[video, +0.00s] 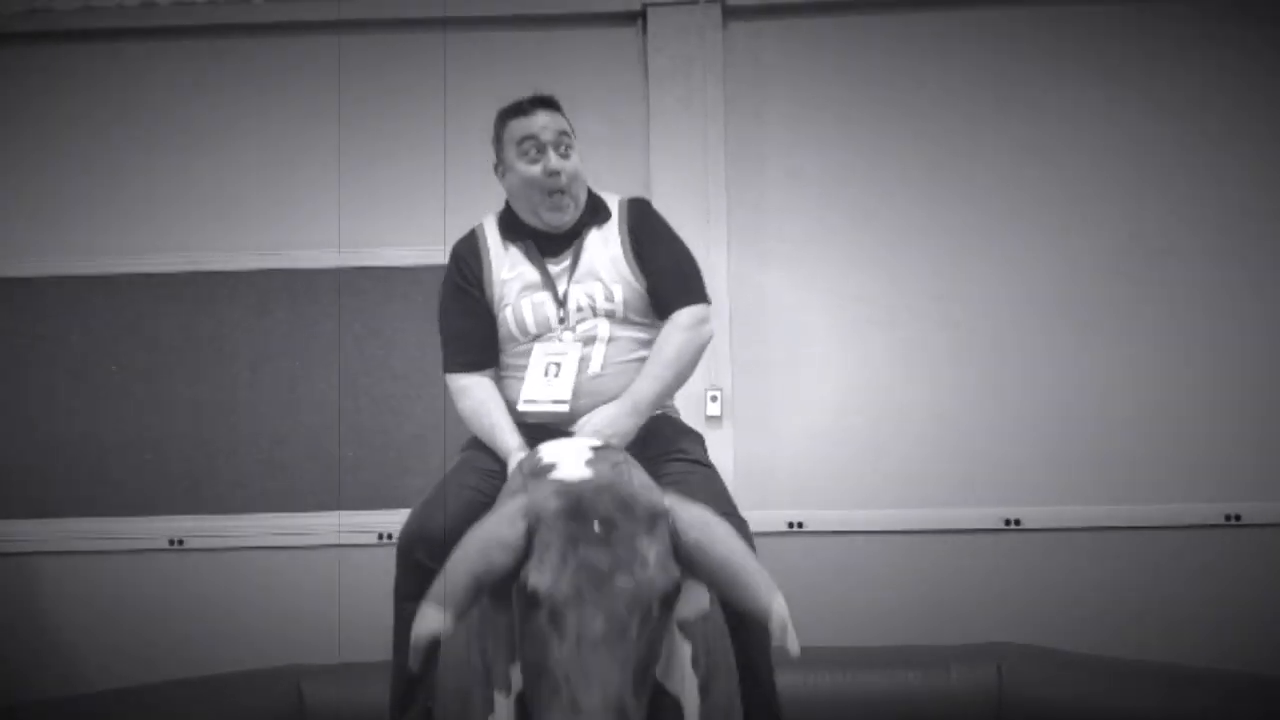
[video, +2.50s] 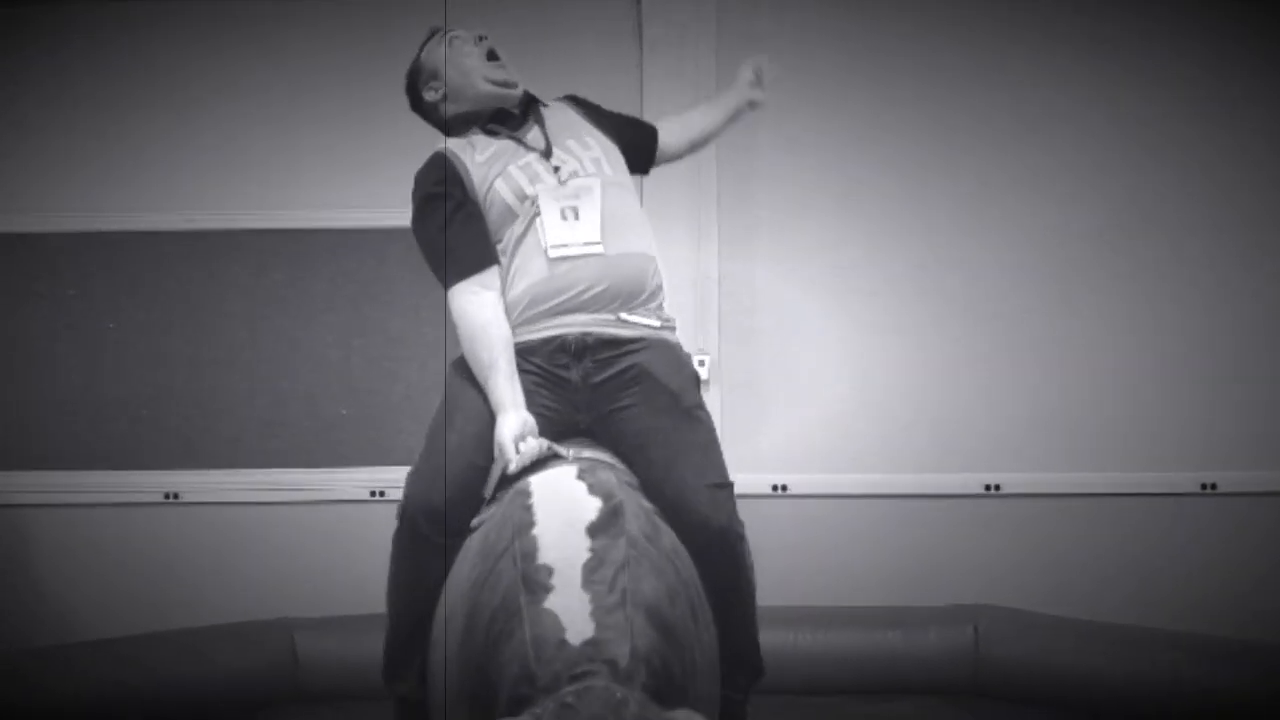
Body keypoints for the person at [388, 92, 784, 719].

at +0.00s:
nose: (553, 164)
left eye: (563, 146)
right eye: (531, 151)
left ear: (580, 156)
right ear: (502, 173)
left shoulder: (632, 221)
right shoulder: (476, 254)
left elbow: (693, 319)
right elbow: (467, 376)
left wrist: (631, 410)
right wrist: (514, 450)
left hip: (641, 428)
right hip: (522, 437)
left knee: (726, 545)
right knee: (424, 542)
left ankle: (758, 708)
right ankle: (411, 707)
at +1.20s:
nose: (545, 112)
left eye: (552, 100)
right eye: (525, 103)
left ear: (566, 116)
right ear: (496, 129)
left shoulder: (609, 178)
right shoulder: (472, 202)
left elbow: (666, 257)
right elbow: (468, 308)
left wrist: (630, 331)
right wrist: (502, 384)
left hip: (615, 363)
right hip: (508, 372)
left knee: (688, 480)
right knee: (432, 469)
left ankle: (716, 665)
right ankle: (420, 664)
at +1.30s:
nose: (536, 92)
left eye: (541, 80)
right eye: (515, 84)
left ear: (556, 94)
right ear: (485, 113)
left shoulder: (607, 158)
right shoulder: (468, 189)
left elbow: (686, 213)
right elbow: (470, 296)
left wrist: (700, 262)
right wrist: (503, 376)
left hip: (618, 352)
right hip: (510, 361)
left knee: (693, 481)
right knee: (433, 464)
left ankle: (719, 659)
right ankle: (418, 660)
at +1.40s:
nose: (535, 77)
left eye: (540, 64)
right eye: (513, 68)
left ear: (554, 81)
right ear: (480, 98)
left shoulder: (609, 144)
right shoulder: (468, 181)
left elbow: (693, 186)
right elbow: (474, 292)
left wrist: (744, 188)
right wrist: (510, 375)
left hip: (625, 345)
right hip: (519, 353)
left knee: (699, 479)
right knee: (436, 460)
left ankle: (722, 664)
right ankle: (419, 653)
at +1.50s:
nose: (533, 64)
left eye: (534, 51)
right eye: (509, 56)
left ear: (547, 65)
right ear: (474, 87)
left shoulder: (605, 132)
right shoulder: (466, 172)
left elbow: (699, 155)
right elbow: (474, 284)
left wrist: (765, 111)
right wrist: (508, 371)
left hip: (626, 339)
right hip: (519, 346)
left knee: (700, 476)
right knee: (434, 456)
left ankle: (725, 663)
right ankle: (418, 652)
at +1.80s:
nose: (529, 45)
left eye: (527, 35)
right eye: (505, 40)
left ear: (542, 55)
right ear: (473, 80)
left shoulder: (604, 111)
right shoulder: (469, 158)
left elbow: (685, 76)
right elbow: (485, 278)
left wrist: (717, 8)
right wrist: (514, 370)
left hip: (636, 328)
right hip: (525, 336)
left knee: (708, 474)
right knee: (438, 456)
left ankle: (730, 655)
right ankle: (421, 654)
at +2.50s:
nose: (494, 48)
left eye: (489, 44)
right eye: (471, 47)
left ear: (507, 67)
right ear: (438, 97)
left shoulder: (579, 116)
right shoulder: (446, 172)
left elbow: (661, 141)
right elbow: (474, 295)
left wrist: (740, 98)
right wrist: (510, 409)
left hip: (638, 353)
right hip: (514, 365)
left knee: (709, 518)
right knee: (428, 509)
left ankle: (735, 695)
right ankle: (411, 697)